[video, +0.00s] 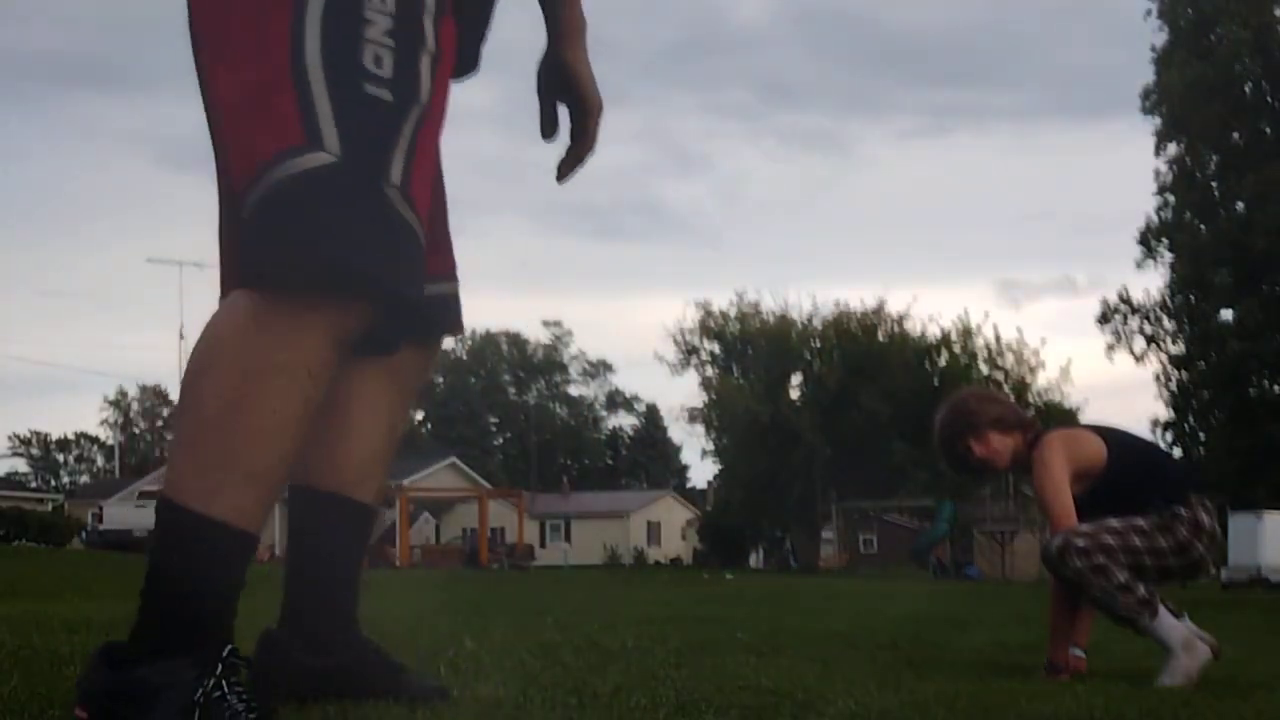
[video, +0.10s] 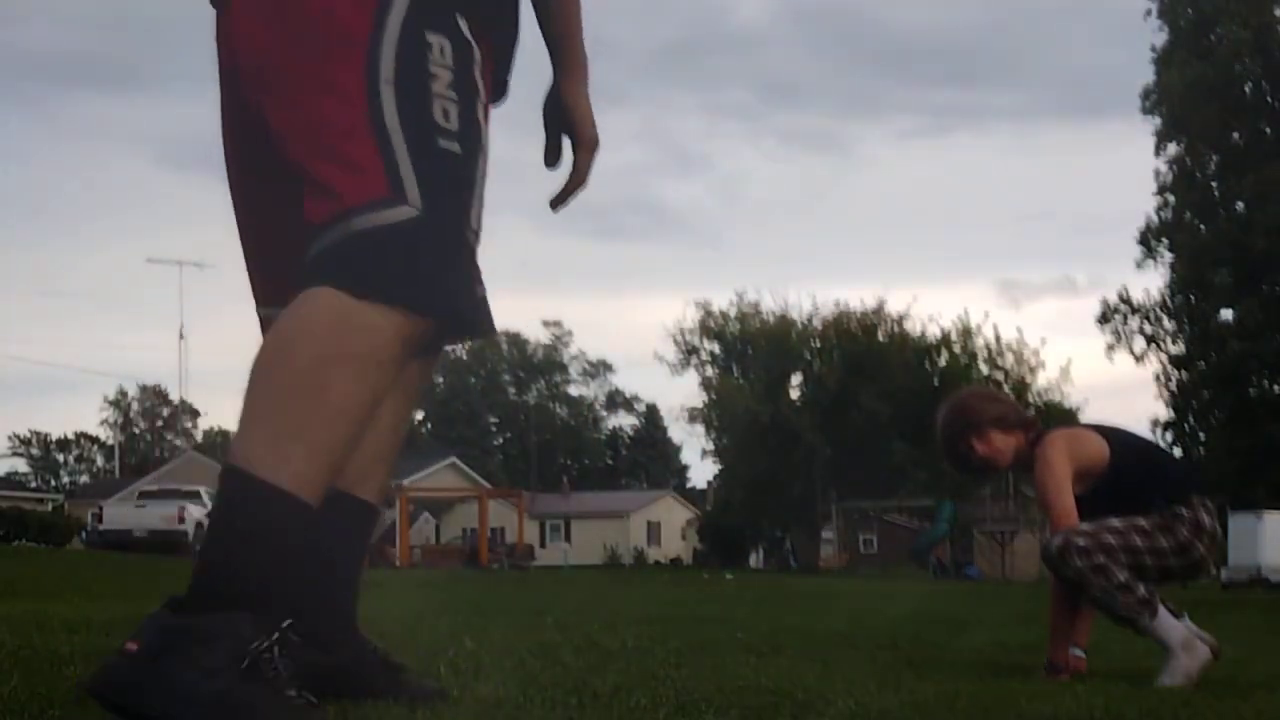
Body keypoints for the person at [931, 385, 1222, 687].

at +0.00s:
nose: (978, 453)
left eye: (979, 437)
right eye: (969, 450)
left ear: (1003, 420)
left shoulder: (1049, 452)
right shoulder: (1051, 454)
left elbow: (1068, 560)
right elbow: (1082, 560)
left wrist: (1059, 650)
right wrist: (1078, 648)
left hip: (1188, 529)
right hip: (1180, 529)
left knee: (1067, 548)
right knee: (1081, 551)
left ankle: (1184, 645)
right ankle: (1183, 633)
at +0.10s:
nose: (980, 451)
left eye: (980, 435)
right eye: (970, 448)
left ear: (1004, 420)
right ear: (971, 456)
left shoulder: (1051, 451)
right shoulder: (1052, 452)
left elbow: (1069, 560)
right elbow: (1082, 559)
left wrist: (1060, 649)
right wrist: (1078, 647)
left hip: (1188, 529)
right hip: (1181, 530)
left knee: (1068, 547)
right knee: (1080, 552)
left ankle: (1184, 646)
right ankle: (1184, 633)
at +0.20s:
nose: (983, 450)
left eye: (983, 434)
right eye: (973, 448)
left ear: (1007, 419)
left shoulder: (1054, 451)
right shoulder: (1054, 452)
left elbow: (1070, 561)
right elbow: (1082, 559)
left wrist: (1060, 650)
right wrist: (1077, 647)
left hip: (1190, 529)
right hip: (1182, 529)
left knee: (1069, 547)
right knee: (1082, 551)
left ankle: (1183, 646)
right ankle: (1184, 634)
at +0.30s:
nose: (986, 448)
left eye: (987, 432)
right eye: (976, 445)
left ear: (1010, 417)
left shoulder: (1057, 452)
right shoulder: (1059, 449)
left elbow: (1072, 561)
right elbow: (1083, 559)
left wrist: (1058, 652)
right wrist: (1077, 648)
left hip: (1193, 532)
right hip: (1186, 531)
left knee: (1072, 546)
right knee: (1083, 549)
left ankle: (1184, 647)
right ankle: (1185, 634)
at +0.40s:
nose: (990, 446)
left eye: (992, 431)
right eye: (980, 443)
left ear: (1015, 416)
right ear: (977, 450)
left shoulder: (1060, 451)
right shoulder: (1064, 448)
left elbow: (1075, 561)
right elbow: (1088, 560)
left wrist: (1059, 649)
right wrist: (1078, 647)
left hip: (1195, 533)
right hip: (1190, 532)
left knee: (1073, 545)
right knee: (1087, 549)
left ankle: (1185, 648)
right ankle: (1187, 635)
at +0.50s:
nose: (996, 446)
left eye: (998, 431)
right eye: (985, 442)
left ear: (1021, 417)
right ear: (982, 449)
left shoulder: (1067, 450)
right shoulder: (1069, 448)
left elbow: (1080, 562)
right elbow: (1093, 560)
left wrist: (1061, 649)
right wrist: (1077, 647)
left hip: (1200, 536)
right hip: (1194, 536)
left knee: (1078, 544)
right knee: (1092, 548)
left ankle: (1187, 649)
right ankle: (1189, 636)